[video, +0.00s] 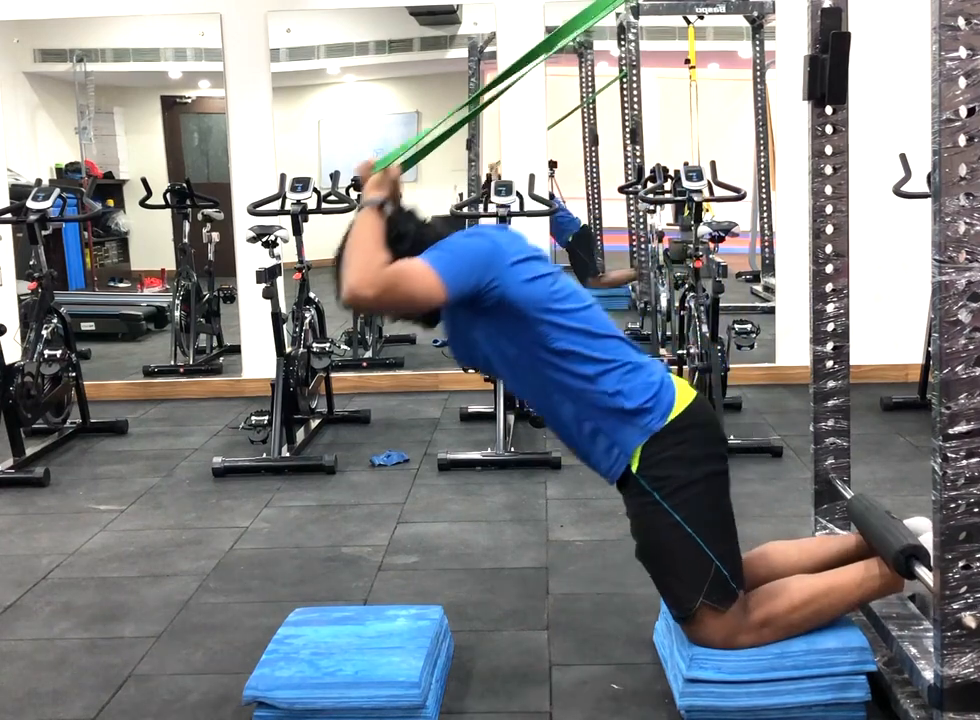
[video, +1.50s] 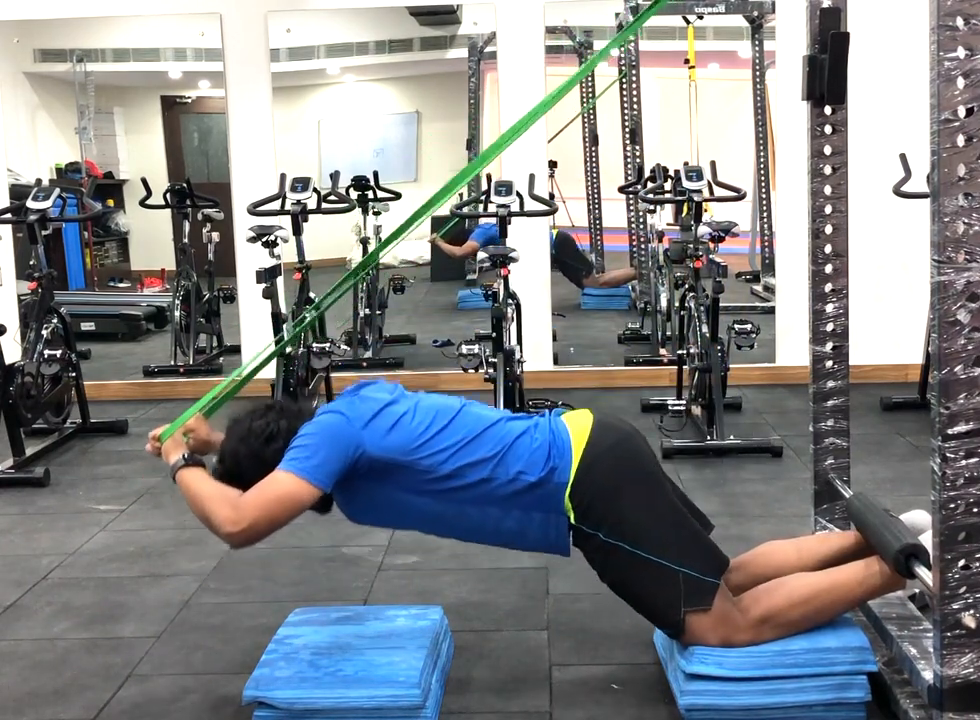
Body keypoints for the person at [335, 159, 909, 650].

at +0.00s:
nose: (382, 299)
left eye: (379, 280)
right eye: (373, 283)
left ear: (399, 263)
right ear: (420, 243)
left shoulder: (483, 249)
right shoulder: (467, 291)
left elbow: (365, 285)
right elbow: (380, 281)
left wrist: (372, 201)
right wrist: (380, 204)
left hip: (663, 439)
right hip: (645, 444)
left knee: (720, 626)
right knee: (718, 586)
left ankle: (902, 571)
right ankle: (865, 539)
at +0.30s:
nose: (315, 390)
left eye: (311, 373)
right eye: (309, 378)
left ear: (326, 345)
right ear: (338, 335)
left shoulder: (399, 331)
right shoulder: (398, 334)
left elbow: (286, 395)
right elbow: (306, 391)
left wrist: (261, 312)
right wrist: (279, 325)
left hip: (624, 453)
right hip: (615, 448)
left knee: (723, 626)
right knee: (708, 591)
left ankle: (902, 567)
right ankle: (864, 538)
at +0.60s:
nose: (259, 464)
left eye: (257, 451)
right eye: (252, 453)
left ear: (276, 431)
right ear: (281, 404)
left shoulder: (346, 404)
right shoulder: (349, 394)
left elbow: (240, 492)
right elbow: (258, 477)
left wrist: (198, 417)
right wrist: (224, 414)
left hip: (591, 474)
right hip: (585, 467)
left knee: (723, 625)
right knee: (704, 596)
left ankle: (902, 568)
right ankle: (860, 534)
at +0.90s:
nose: (264, 535)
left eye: (257, 523)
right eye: (257, 522)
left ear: (271, 492)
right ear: (276, 465)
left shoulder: (324, 459)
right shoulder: (335, 451)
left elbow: (225, 560)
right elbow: (266, 538)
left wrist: (179, 498)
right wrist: (206, 486)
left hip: (576, 487)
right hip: (576, 466)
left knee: (723, 626)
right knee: (716, 583)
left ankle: (895, 565)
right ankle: (865, 533)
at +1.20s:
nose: (262, 538)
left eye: (252, 527)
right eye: (255, 526)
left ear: (272, 493)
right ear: (275, 467)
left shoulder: (323, 461)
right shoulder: (329, 457)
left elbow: (224, 562)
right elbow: (248, 541)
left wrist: (173, 504)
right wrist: (195, 488)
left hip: (574, 489)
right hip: (572, 479)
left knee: (723, 626)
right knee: (711, 585)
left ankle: (890, 566)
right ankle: (861, 534)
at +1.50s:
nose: (271, 500)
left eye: (258, 485)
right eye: (253, 485)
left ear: (274, 452)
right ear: (282, 426)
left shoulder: (339, 430)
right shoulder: (343, 419)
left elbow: (236, 521)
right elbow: (250, 498)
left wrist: (178, 467)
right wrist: (207, 455)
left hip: (587, 477)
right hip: (584, 467)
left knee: (724, 623)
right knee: (710, 588)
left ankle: (903, 567)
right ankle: (859, 536)